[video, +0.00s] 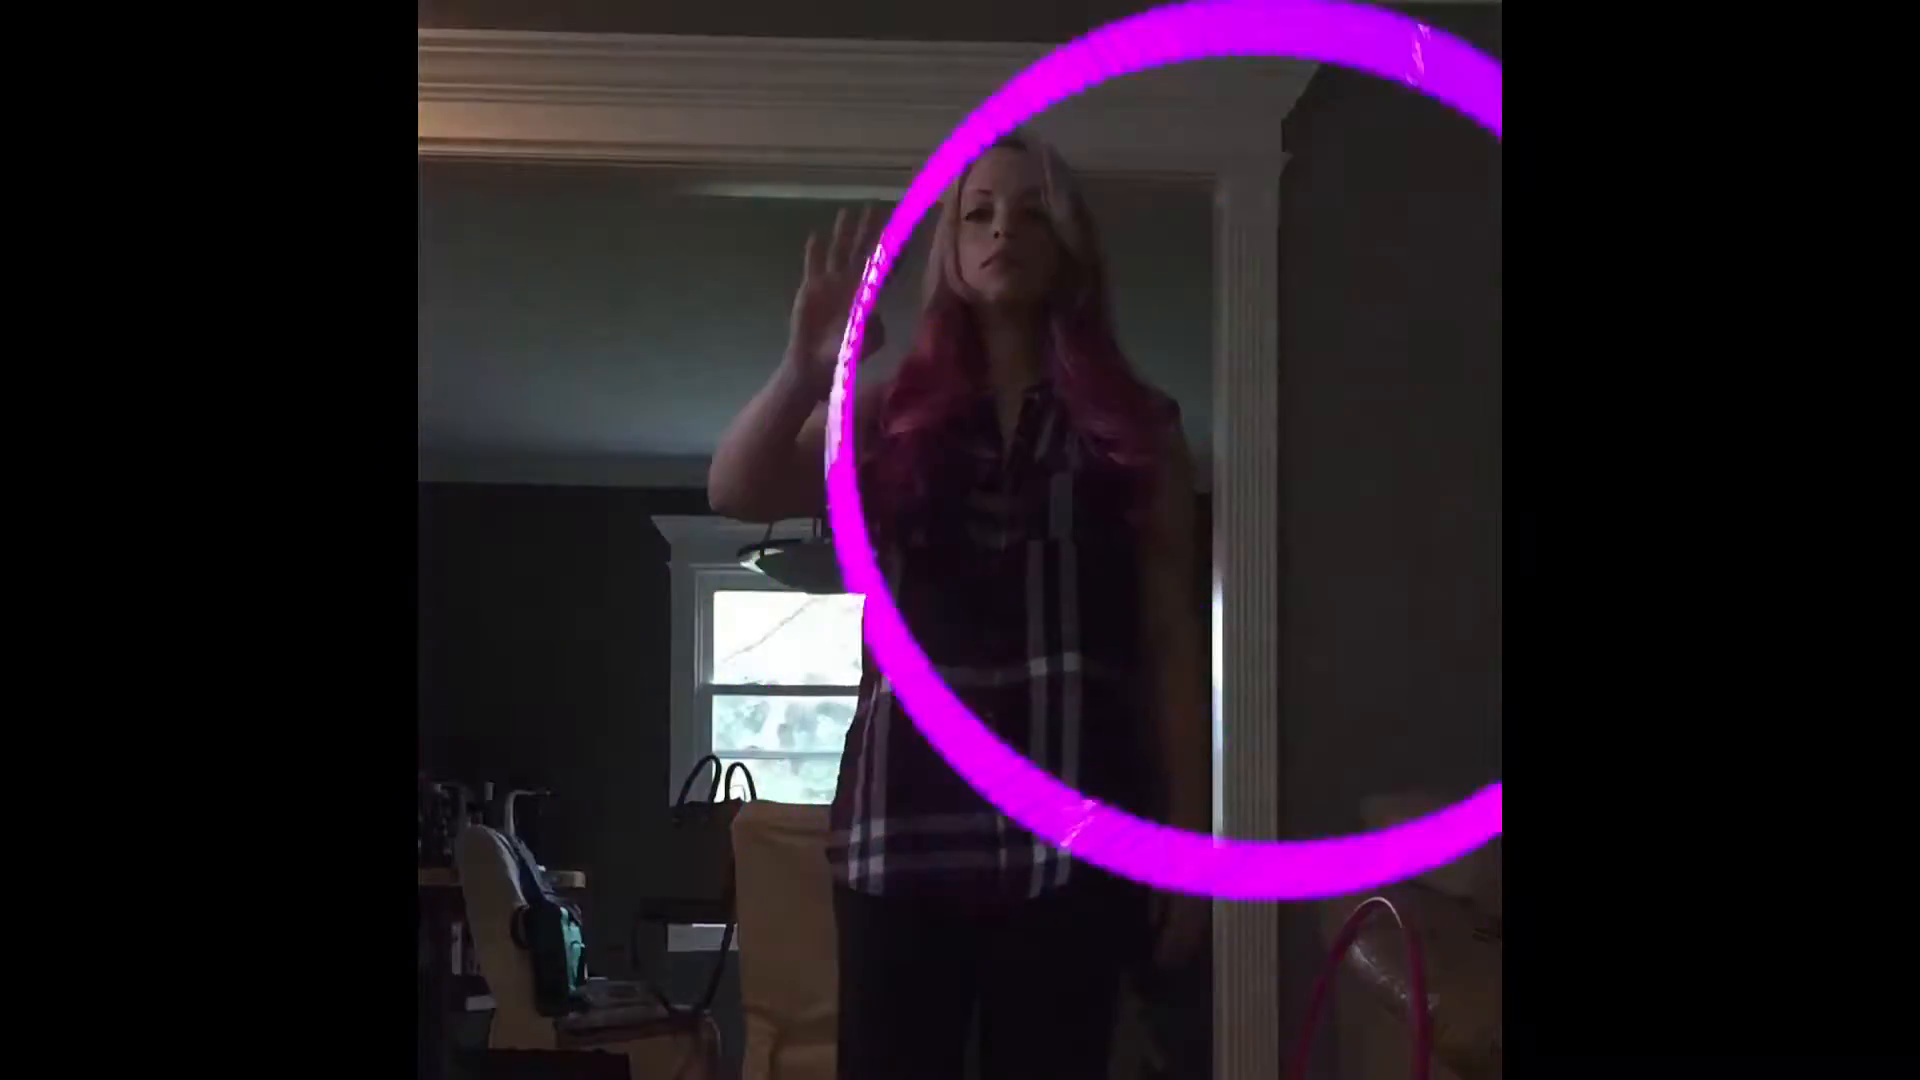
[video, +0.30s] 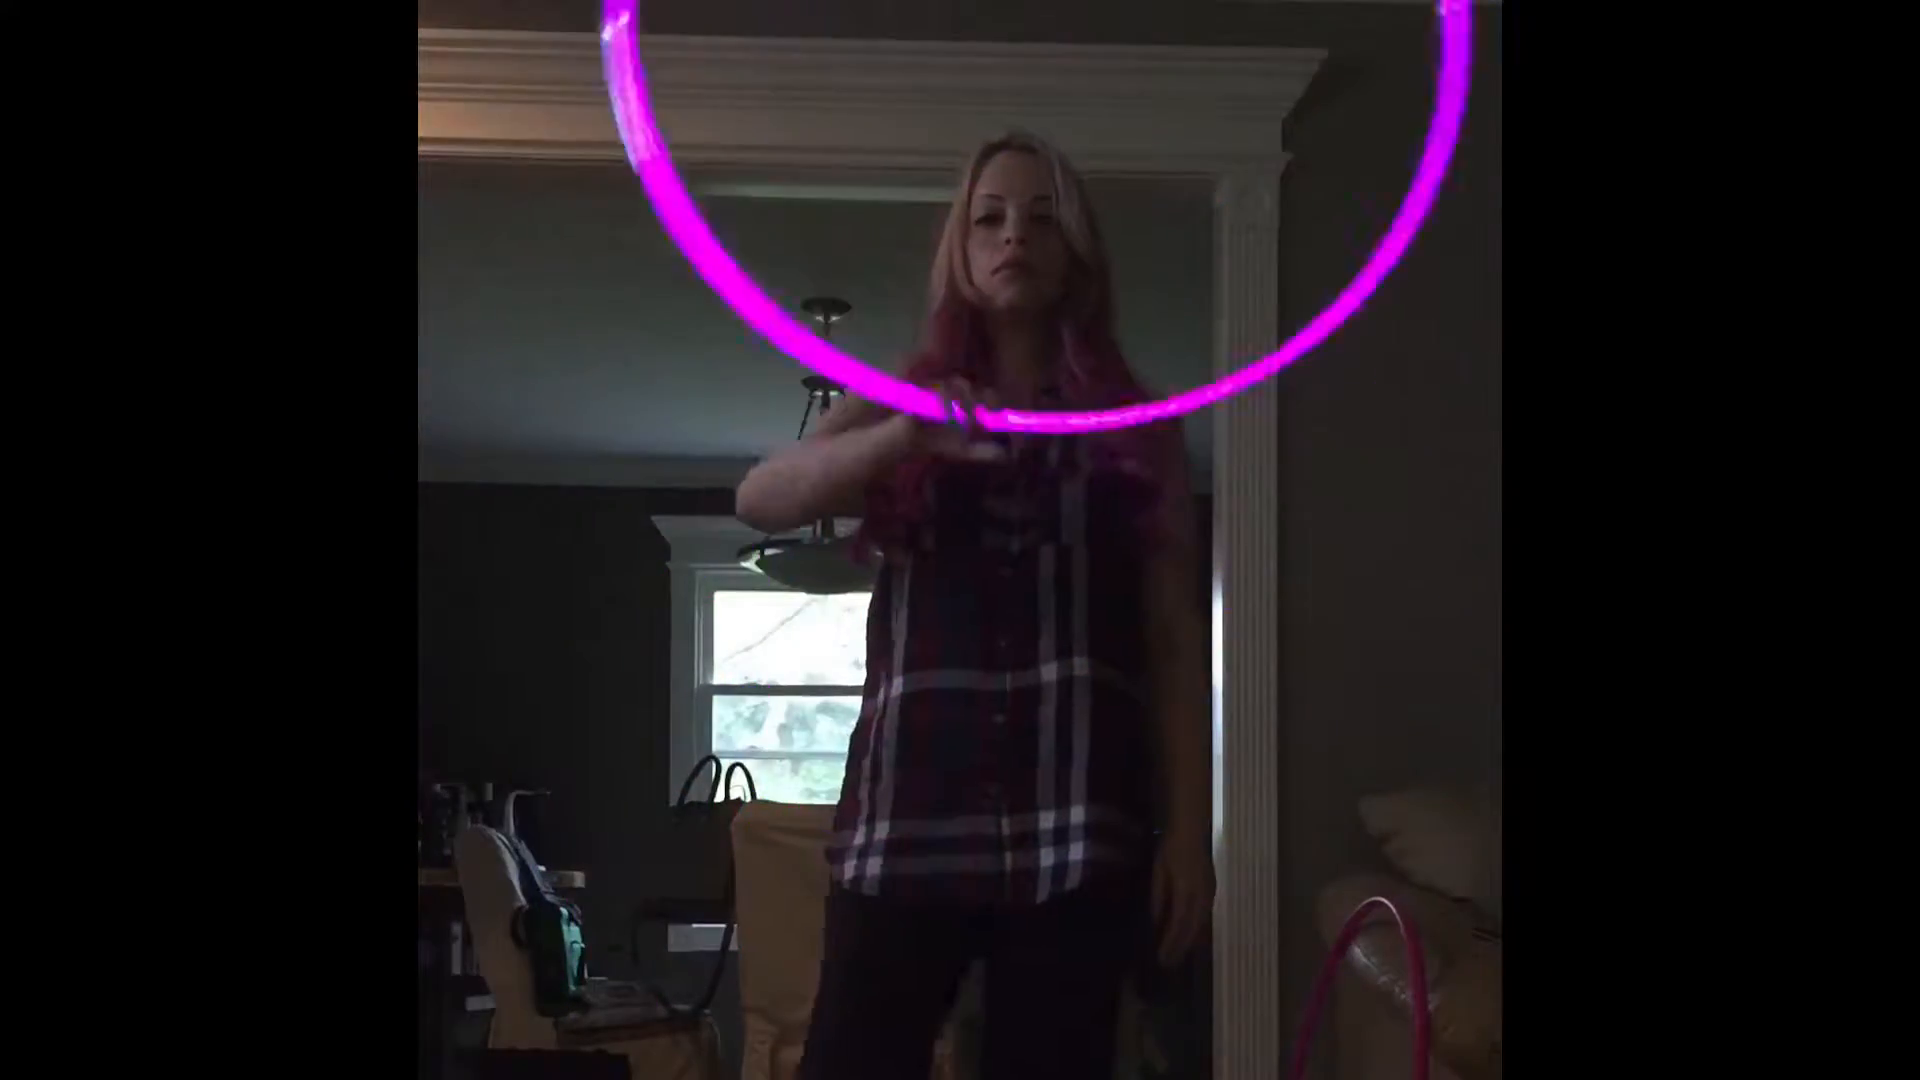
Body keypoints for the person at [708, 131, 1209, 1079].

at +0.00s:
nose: (1004, 229)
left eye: (1031, 209)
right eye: (980, 214)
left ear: (1072, 244)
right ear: (950, 250)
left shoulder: (1134, 422)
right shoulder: (896, 407)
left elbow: (1173, 643)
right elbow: (738, 491)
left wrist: (1187, 840)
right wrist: (803, 368)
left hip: (1082, 850)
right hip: (907, 850)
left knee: (1053, 1070)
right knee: (893, 1067)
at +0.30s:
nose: (1015, 235)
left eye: (1041, 214)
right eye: (991, 216)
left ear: (1078, 245)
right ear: (956, 248)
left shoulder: (1135, 419)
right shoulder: (903, 396)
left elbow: (1176, 636)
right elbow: (761, 499)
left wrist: (1189, 829)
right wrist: (896, 436)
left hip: (1081, 829)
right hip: (908, 825)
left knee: (1054, 1068)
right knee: (852, 1065)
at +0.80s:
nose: (1002, 272)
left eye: (1030, 252)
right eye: (978, 256)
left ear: (1074, 286)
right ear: (947, 291)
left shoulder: (1133, 470)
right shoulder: (894, 439)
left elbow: (1175, 686)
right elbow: (705, 440)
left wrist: (1187, 883)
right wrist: (775, 338)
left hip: (1071, 866)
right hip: (894, 855)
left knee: (1034, 1068)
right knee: (754, 1064)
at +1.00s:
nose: (998, 269)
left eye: (1024, 249)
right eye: (974, 251)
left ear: (1063, 279)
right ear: (940, 283)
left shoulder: (1118, 471)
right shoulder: (883, 442)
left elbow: (1152, 687)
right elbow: (684, 497)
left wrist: (1164, 891)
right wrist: (782, 574)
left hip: (1055, 869)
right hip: (888, 852)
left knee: (1021, 1070)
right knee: (750, 1068)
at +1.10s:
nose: (998, 268)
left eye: (1023, 247)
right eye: (973, 250)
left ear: (1061, 280)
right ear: (941, 282)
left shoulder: (1119, 471)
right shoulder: (879, 441)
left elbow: (1149, 691)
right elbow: (743, 572)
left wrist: (1156, 885)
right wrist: (859, 678)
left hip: (1058, 866)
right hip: (893, 855)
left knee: (1027, 1071)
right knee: (751, 1069)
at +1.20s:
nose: (999, 268)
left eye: (1023, 247)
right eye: (973, 251)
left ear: (1060, 279)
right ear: (941, 283)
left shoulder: (1115, 470)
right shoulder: (871, 444)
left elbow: (1149, 684)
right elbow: (820, 618)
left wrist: (1154, 884)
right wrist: (953, 724)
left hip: (1061, 869)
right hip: (895, 857)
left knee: (1029, 1072)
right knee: (751, 1070)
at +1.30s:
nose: (999, 270)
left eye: (1023, 247)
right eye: (972, 253)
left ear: (1062, 278)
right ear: (941, 286)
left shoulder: (1117, 469)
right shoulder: (878, 438)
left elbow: (1152, 667)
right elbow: (873, 615)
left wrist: (1154, 836)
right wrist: (1055, 687)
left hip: (1061, 858)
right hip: (898, 847)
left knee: (1032, 1072)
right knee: (752, 1069)